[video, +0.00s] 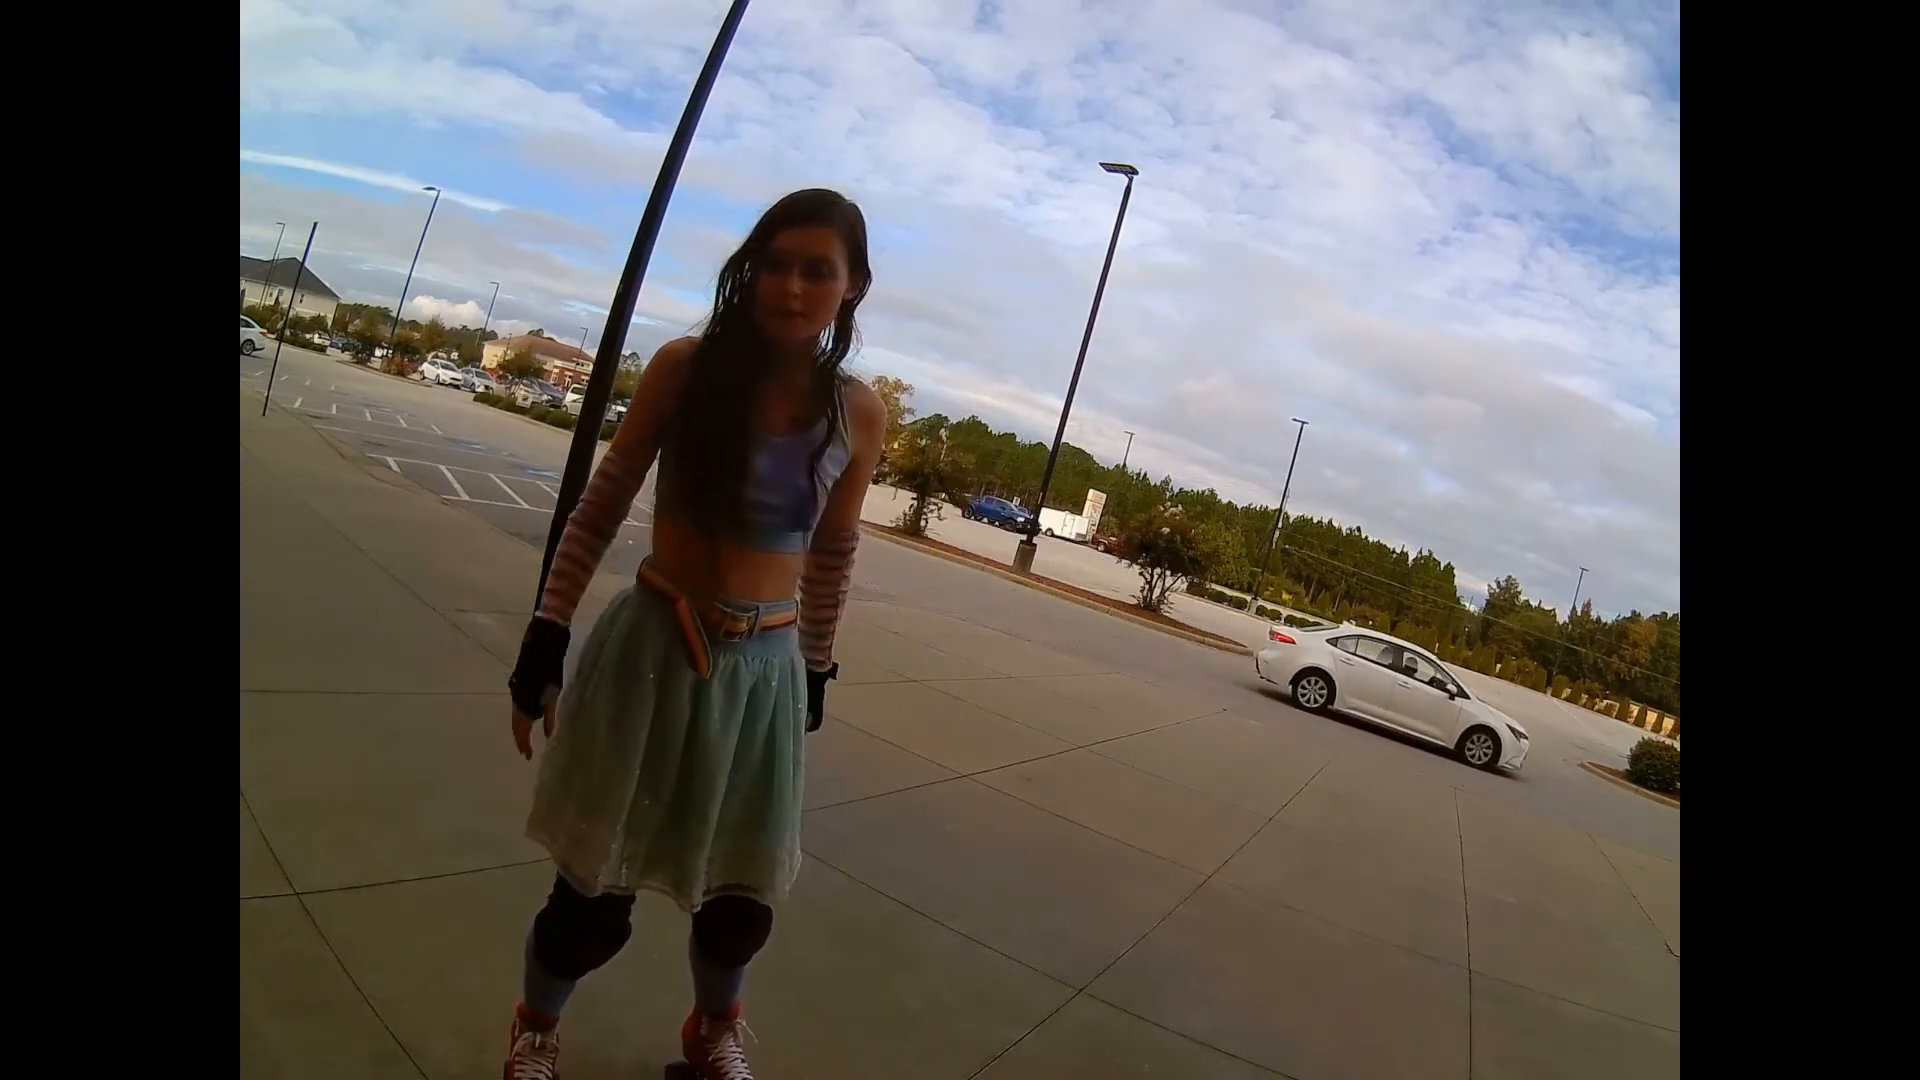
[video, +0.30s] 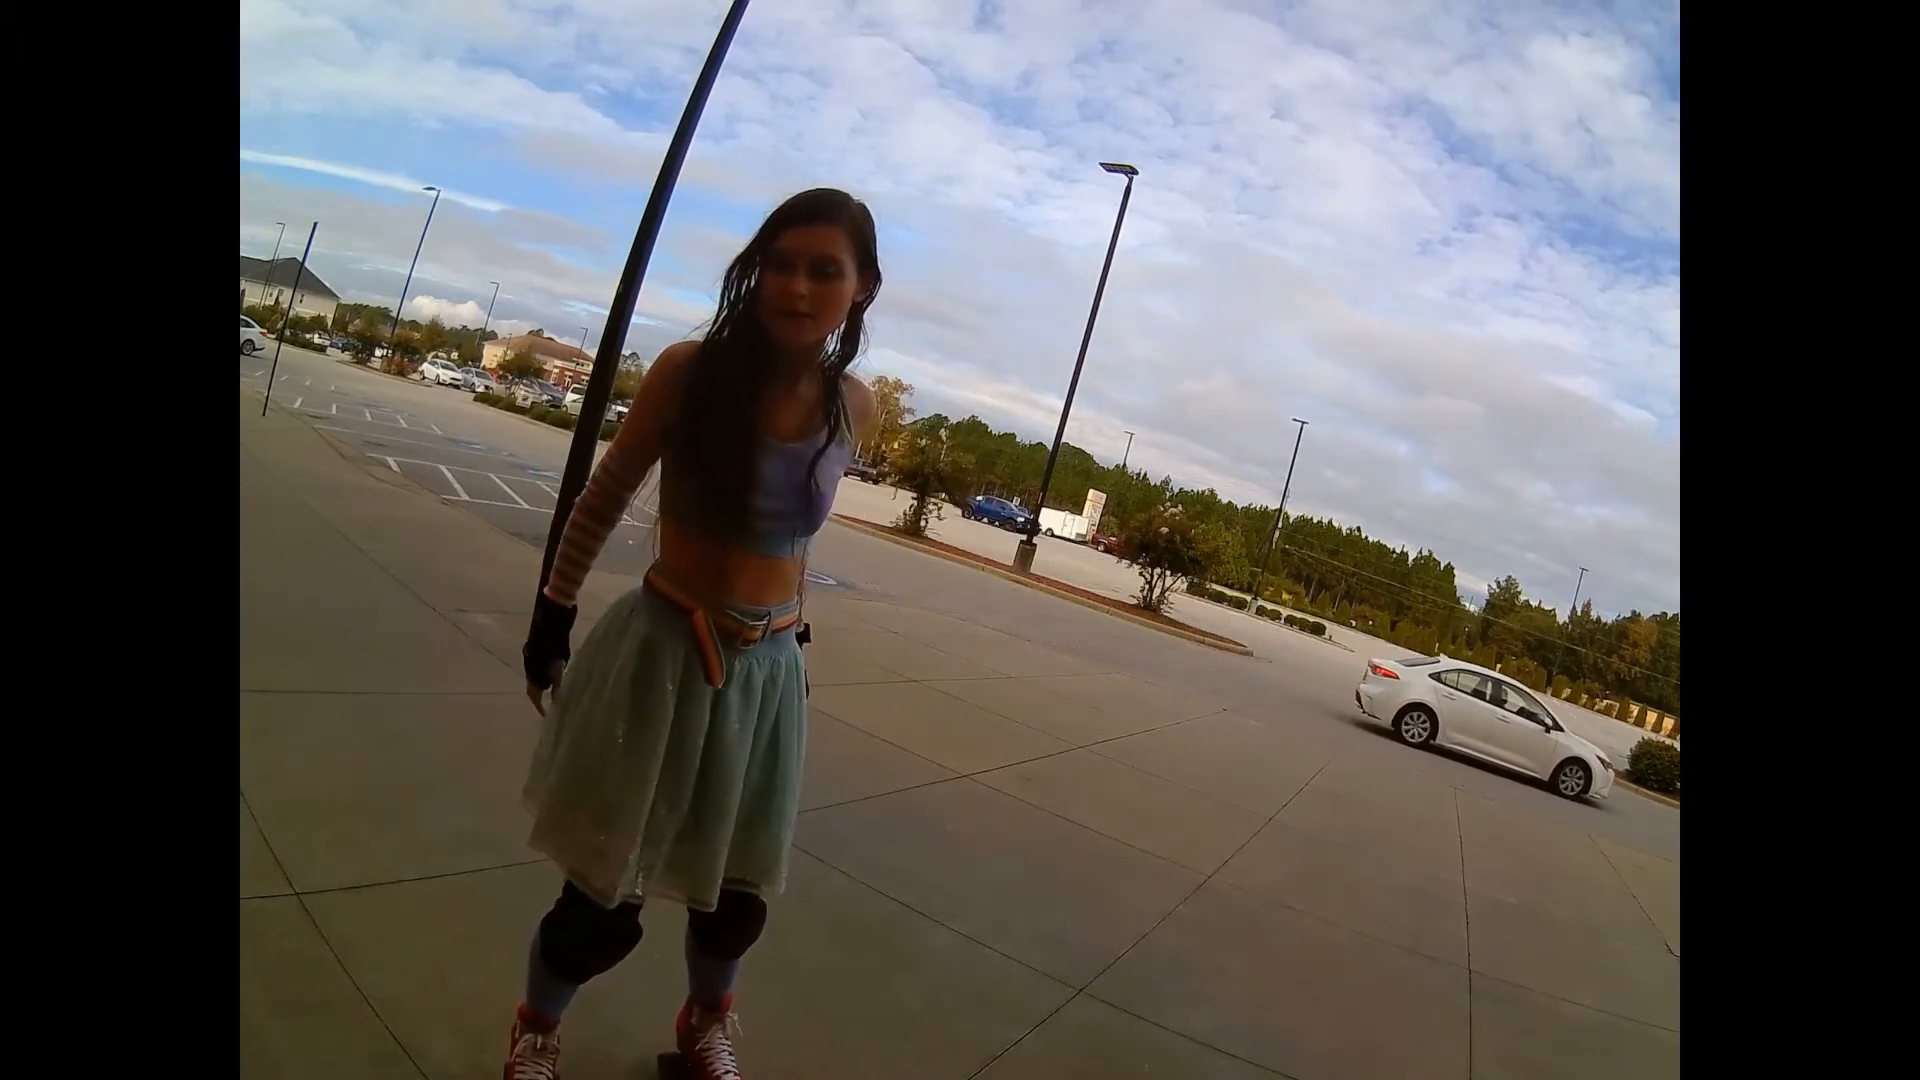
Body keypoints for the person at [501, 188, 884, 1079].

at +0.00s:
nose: (793, 286)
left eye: (818, 270)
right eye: (778, 264)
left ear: (851, 290)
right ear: (750, 271)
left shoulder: (857, 412)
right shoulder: (685, 369)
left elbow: (833, 553)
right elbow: (599, 508)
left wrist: (816, 670)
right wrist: (545, 635)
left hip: (765, 673)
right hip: (650, 648)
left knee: (742, 905)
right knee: (594, 897)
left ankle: (712, 1039)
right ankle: (536, 1034)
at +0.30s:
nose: (797, 287)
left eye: (824, 270)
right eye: (782, 263)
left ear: (860, 293)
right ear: (755, 271)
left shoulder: (849, 406)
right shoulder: (688, 374)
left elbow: (792, 530)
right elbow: (606, 495)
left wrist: (786, 623)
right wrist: (553, 610)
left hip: (768, 673)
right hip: (660, 654)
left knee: (734, 907)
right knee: (602, 912)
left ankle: (706, 1029)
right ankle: (537, 1034)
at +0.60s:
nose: (840, 302)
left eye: (865, 285)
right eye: (823, 280)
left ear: (897, 306)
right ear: (796, 286)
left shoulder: (865, 415)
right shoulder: (723, 379)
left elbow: (805, 557)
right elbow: (644, 520)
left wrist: (826, 669)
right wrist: (605, 647)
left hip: (786, 671)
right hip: (685, 656)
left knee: (743, 896)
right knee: (615, 912)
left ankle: (707, 1032)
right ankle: (537, 1031)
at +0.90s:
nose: (857, 317)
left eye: (881, 301)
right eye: (842, 294)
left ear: (911, 319)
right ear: (815, 297)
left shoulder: (879, 430)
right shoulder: (739, 382)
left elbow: (822, 571)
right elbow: (669, 528)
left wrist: (840, 688)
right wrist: (647, 664)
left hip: (801, 680)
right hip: (697, 664)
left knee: (754, 884)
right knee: (614, 877)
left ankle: (708, 1033)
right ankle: (549, 1048)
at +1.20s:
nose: (850, 314)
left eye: (875, 297)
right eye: (834, 291)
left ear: (905, 316)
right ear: (808, 296)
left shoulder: (893, 432)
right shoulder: (740, 382)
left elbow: (850, 573)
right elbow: (666, 522)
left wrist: (850, 694)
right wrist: (628, 652)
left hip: (805, 682)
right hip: (698, 660)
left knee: (757, 893)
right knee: (592, 888)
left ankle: (712, 1035)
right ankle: (573, 1042)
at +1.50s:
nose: (838, 315)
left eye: (863, 300)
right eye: (823, 292)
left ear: (898, 316)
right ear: (799, 297)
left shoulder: (902, 430)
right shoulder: (738, 386)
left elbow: (868, 571)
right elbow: (671, 528)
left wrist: (868, 690)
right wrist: (634, 651)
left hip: (810, 683)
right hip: (700, 658)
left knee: (755, 893)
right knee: (592, 889)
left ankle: (707, 1031)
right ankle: (569, 1042)